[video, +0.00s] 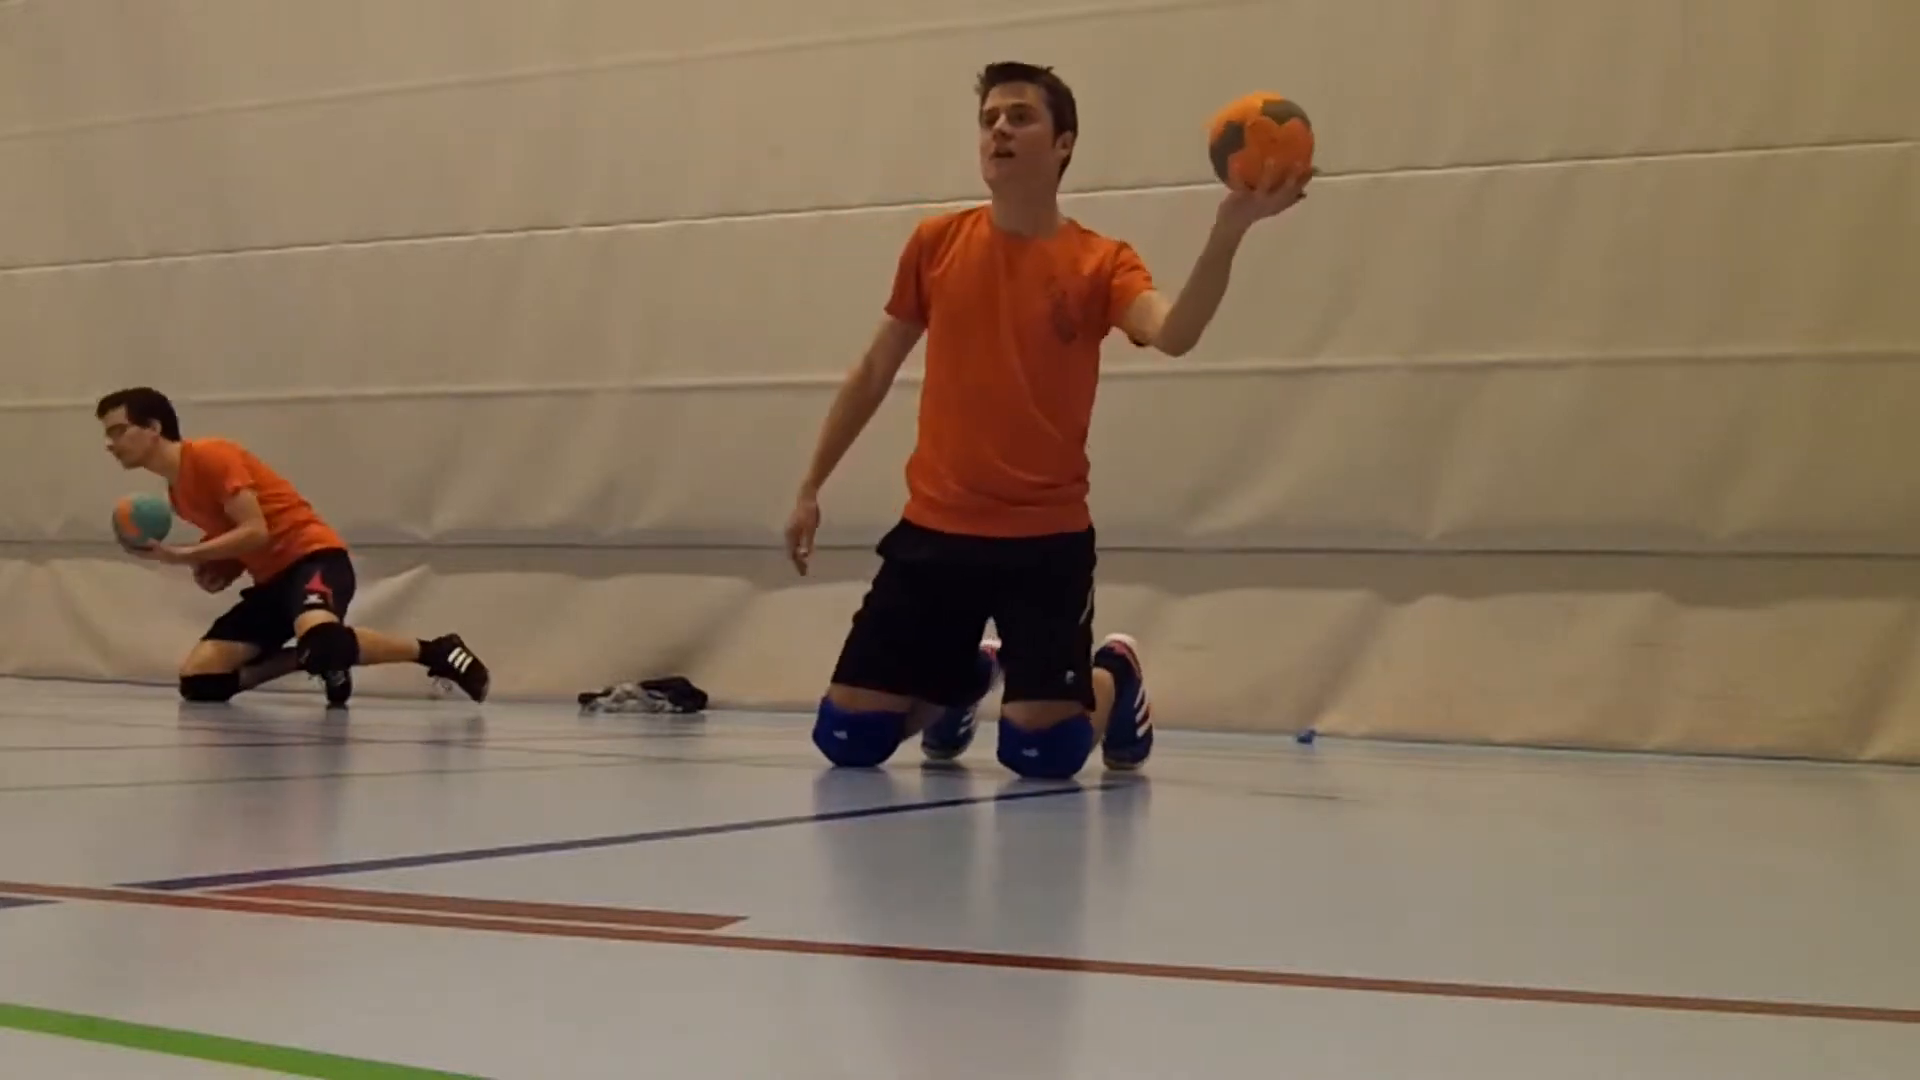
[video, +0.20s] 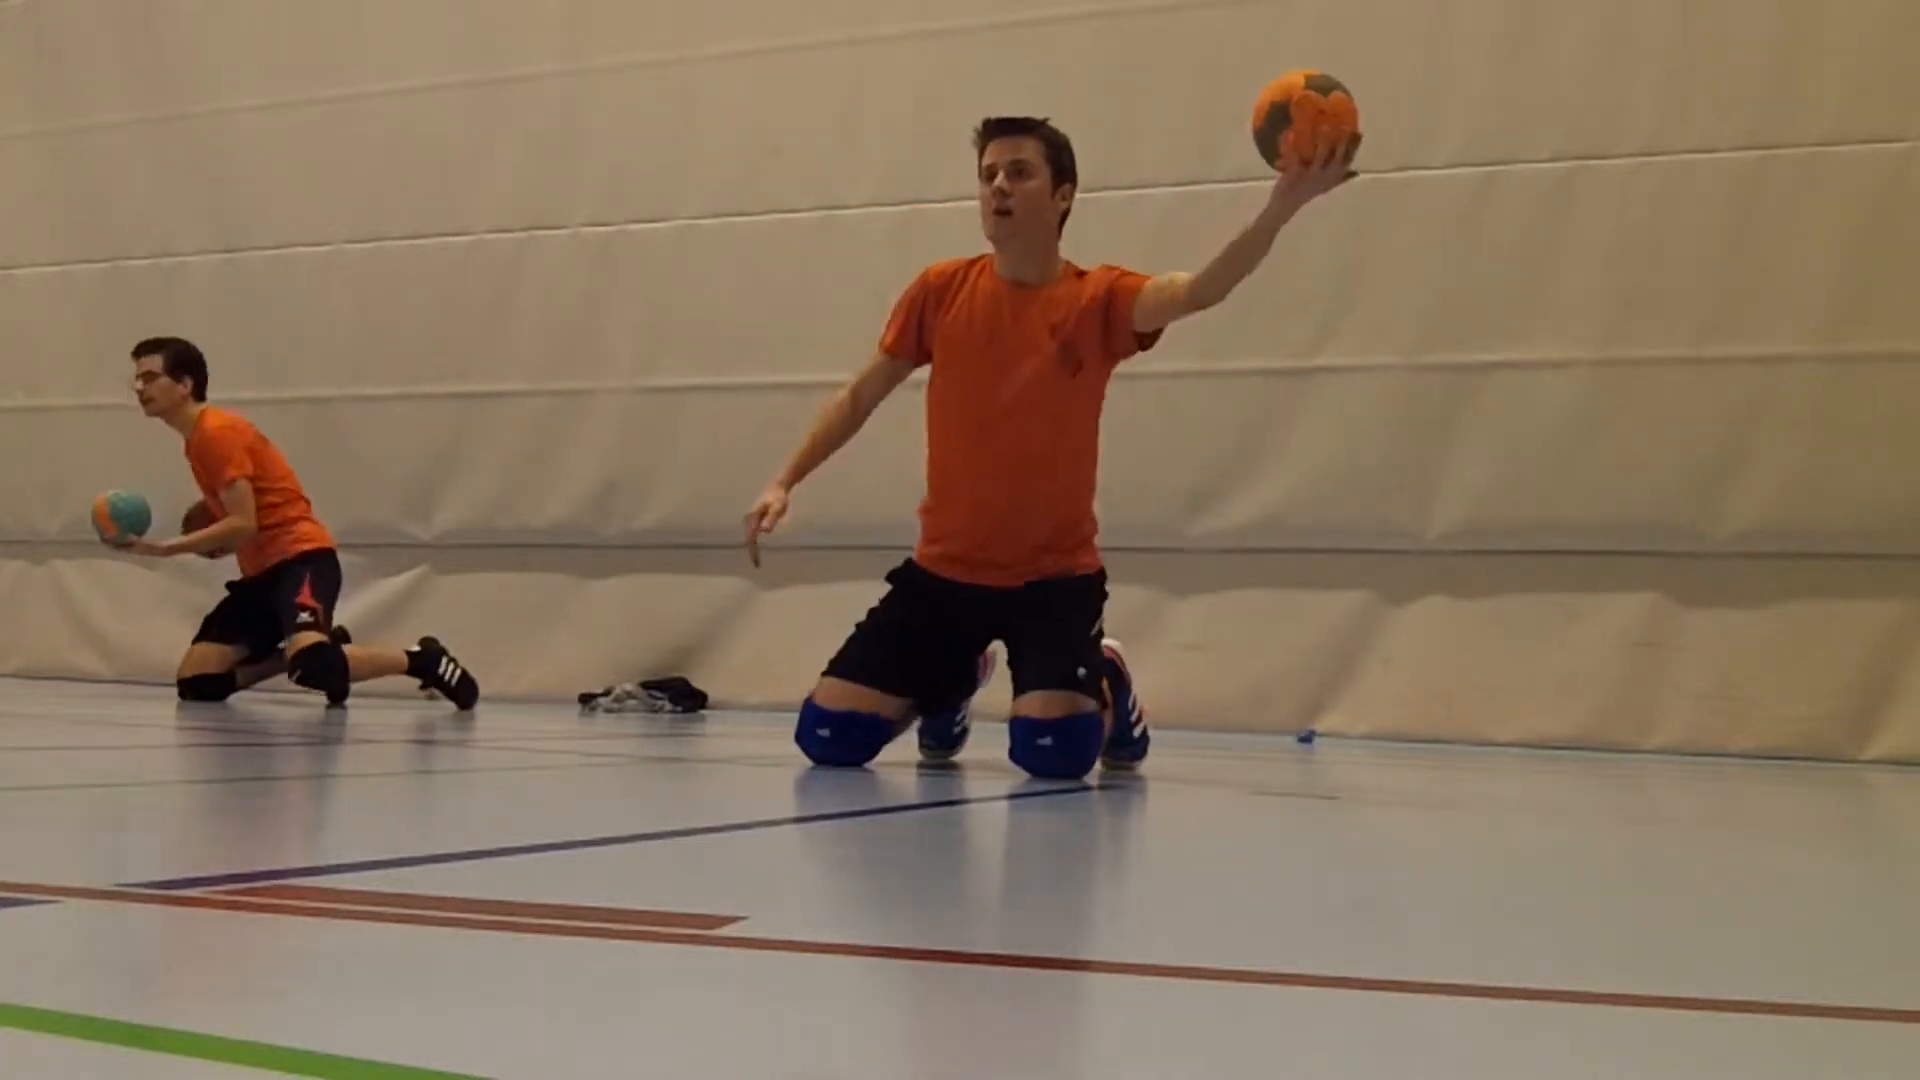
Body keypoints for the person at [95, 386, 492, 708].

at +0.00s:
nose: (110, 445)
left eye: (116, 432)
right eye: (107, 435)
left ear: (151, 428)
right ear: (140, 436)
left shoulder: (211, 456)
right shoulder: (181, 489)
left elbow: (254, 533)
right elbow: (244, 543)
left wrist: (178, 553)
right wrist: (222, 566)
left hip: (317, 561)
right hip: (276, 585)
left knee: (319, 641)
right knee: (200, 680)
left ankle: (436, 653)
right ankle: (315, 657)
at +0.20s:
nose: (138, 389)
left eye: (148, 378)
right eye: (137, 380)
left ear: (185, 384)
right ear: (179, 389)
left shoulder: (218, 433)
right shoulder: (198, 441)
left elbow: (244, 525)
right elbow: (229, 501)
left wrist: (163, 549)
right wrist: (209, 514)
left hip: (302, 561)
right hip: (260, 579)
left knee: (309, 665)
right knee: (198, 685)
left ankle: (423, 662)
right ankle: (310, 653)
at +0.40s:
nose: (185, 349)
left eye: (197, 340)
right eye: (185, 340)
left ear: (232, 350)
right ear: (192, 348)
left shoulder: (247, 404)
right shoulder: (228, 409)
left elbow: (261, 498)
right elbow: (232, 499)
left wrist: (182, 520)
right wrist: (181, 474)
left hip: (290, 561)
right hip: (247, 566)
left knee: (309, 683)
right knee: (194, 686)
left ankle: (423, 662)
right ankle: (308, 651)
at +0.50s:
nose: (207, 342)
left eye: (220, 333)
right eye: (207, 333)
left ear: (254, 346)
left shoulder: (270, 401)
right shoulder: (233, 417)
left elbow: (281, 494)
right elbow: (204, 491)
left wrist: (203, 506)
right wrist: (166, 437)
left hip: (292, 564)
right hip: (244, 570)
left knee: (309, 687)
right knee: (196, 686)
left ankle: (421, 666)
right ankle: (314, 651)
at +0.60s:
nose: (229, 335)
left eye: (242, 327)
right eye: (229, 326)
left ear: (276, 341)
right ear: (230, 335)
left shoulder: (296, 402)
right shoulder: (227, 413)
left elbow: (303, 495)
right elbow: (161, 468)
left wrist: (226, 495)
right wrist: (150, 386)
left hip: (299, 565)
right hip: (245, 568)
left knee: (312, 689)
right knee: (195, 687)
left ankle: (420, 668)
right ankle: (312, 650)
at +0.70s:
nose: (244, 333)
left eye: (258, 326)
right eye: (244, 324)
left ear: (291, 341)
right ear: (245, 332)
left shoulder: (313, 406)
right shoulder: (232, 404)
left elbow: (326, 493)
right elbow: (142, 417)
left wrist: (267, 495)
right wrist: (118, 336)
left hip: (308, 566)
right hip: (250, 568)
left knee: (315, 690)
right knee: (197, 686)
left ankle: (418, 667)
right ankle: (313, 654)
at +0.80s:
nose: (254, 332)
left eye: (268, 324)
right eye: (252, 323)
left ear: (301, 338)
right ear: (249, 332)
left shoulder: (323, 405)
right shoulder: (241, 399)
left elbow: (348, 492)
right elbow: (150, 396)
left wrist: (314, 486)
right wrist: (110, 328)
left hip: (312, 565)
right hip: (253, 567)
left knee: (316, 689)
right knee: (200, 685)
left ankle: (418, 663)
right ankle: (310, 652)